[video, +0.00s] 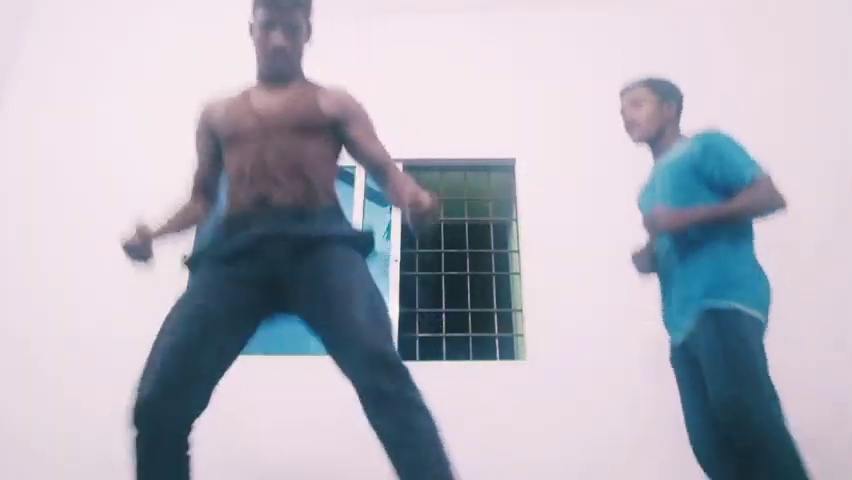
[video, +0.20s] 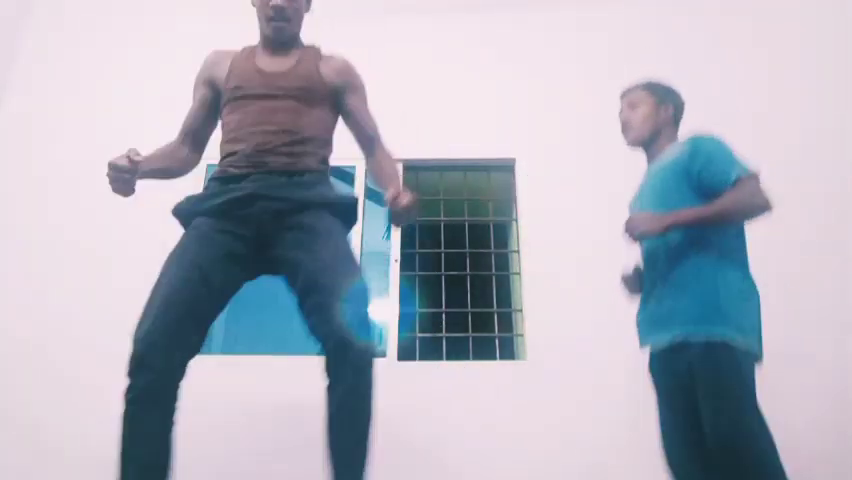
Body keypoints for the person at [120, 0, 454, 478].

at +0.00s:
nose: (277, 39)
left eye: (289, 28)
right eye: (267, 27)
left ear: (307, 33)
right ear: (251, 33)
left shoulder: (334, 104)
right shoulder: (218, 115)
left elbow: (384, 168)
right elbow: (202, 201)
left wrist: (414, 197)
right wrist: (154, 234)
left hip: (321, 254)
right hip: (234, 258)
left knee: (378, 367)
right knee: (158, 404)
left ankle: (432, 475)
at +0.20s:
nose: (277, 4)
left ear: (307, 7)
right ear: (254, 5)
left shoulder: (333, 70)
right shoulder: (221, 65)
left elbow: (374, 148)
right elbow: (187, 149)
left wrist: (394, 189)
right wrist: (140, 165)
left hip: (307, 216)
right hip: (226, 215)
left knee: (352, 340)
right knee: (153, 352)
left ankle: (349, 475)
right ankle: (142, 476)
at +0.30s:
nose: (282, 17)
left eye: (294, 8)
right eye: (273, 7)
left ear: (308, 19)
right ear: (257, 13)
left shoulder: (331, 94)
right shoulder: (218, 82)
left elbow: (363, 170)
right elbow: (180, 165)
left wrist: (382, 213)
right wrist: (143, 176)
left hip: (299, 237)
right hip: (219, 232)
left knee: (332, 360)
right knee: (142, 371)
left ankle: (327, 476)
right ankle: (118, 475)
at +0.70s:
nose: (322, 30)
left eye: (330, 24)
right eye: (313, 18)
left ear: (332, 36)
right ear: (282, 18)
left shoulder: (340, 107)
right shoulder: (239, 77)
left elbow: (351, 182)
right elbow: (213, 137)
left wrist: (362, 195)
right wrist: (292, 106)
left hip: (316, 254)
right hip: (239, 248)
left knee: (358, 383)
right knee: (173, 382)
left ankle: (349, 477)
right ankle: (136, 478)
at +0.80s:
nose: (337, 67)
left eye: (340, 58)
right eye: (330, 54)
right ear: (293, 53)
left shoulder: (341, 139)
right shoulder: (240, 109)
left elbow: (358, 228)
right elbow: (231, 154)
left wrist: (377, 209)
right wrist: (307, 110)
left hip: (324, 296)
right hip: (251, 290)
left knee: (366, 427)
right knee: (194, 415)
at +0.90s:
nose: (339, 90)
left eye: (341, 82)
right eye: (333, 76)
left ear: (303, 78)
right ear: (296, 74)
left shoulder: (340, 162)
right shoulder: (239, 129)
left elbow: (358, 254)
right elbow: (238, 180)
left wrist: (377, 214)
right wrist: (302, 119)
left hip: (325, 320)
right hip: (250, 313)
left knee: (374, 459)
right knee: (195, 427)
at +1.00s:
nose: (336, 76)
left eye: (338, 69)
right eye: (329, 65)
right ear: (291, 64)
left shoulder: (333, 150)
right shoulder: (233, 120)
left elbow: (349, 235)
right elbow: (225, 174)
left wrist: (353, 196)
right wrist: (294, 122)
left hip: (309, 302)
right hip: (236, 295)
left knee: (358, 446)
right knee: (164, 394)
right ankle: (139, 477)